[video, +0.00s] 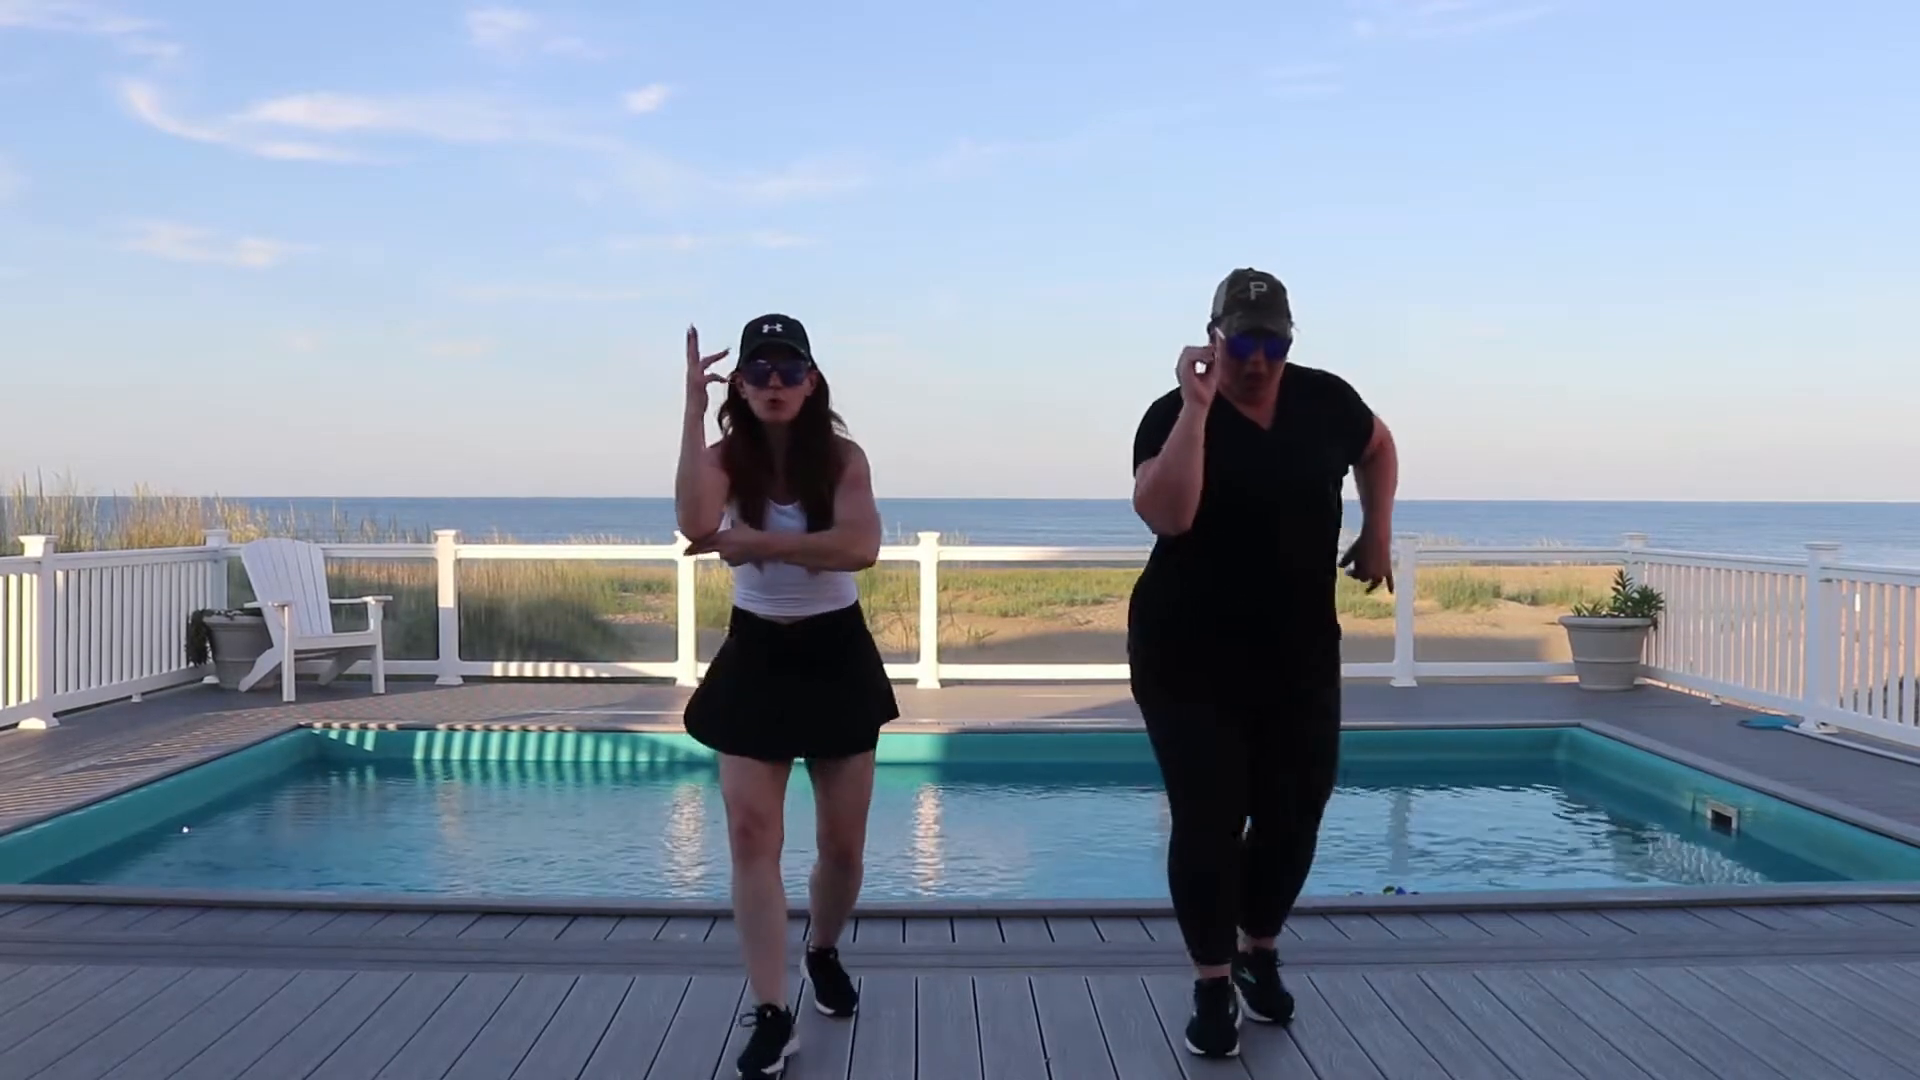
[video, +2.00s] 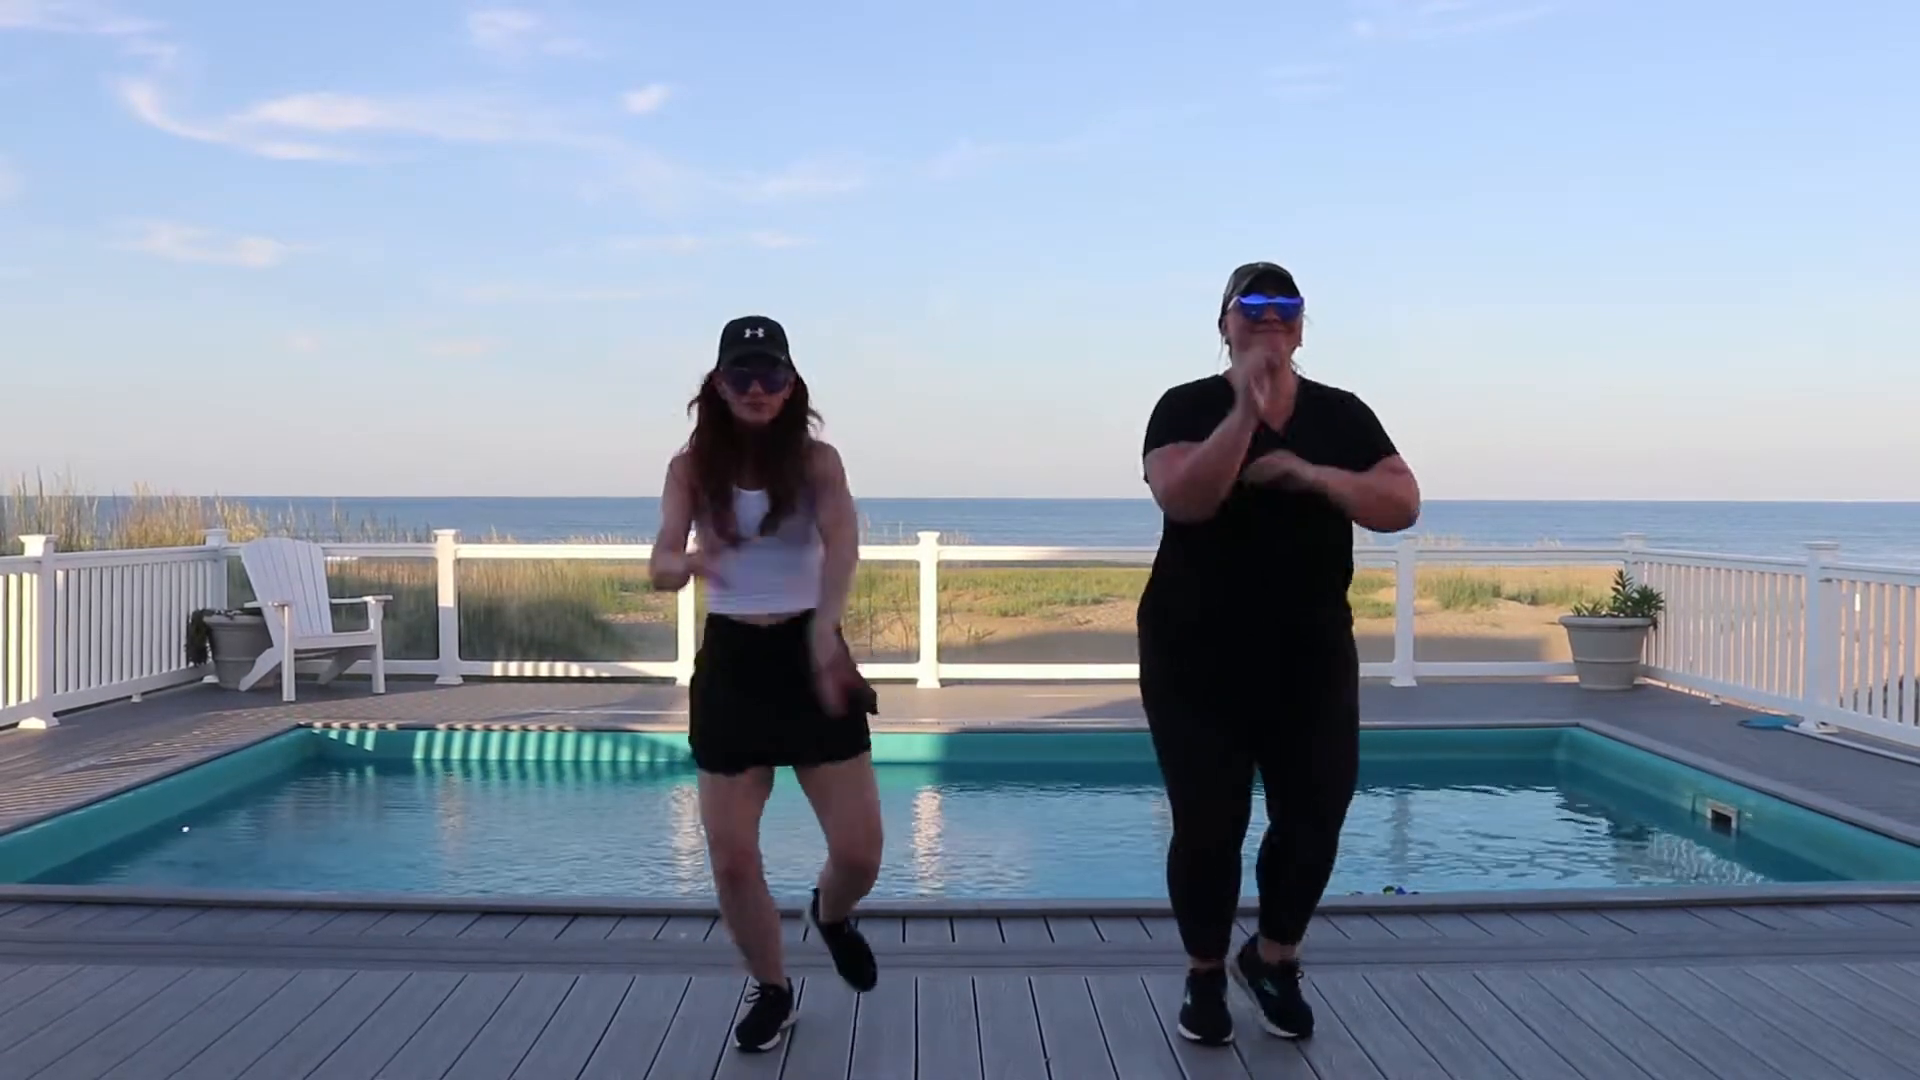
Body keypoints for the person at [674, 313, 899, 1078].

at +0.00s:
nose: (775, 383)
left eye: (789, 369)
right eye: (760, 370)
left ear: (812, 378)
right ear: (739, 383)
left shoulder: (840, 454)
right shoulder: (724, 454)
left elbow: (862, 545)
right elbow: (697, 524)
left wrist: (763, 546)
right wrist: (694, 411)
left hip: (840, 654)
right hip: (756, 655)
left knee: (843, 849)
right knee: (750, 835)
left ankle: (823, 950)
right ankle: (771, 1010)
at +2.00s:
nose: (757, 388)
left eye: (771, 375)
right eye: (742, 376)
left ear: (790, 381)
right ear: (718, 381)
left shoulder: (815, 457)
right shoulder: (692, 466)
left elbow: (842, 542)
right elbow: (662, 571)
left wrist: (827, 627)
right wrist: (687, 559)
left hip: (813, 648)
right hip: (732, 657)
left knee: (862, 853)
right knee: (732, 862)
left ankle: (829, 915)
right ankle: (771, 985)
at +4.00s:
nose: (783, 375)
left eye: (793, 363)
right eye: (766, 363)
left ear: (801, 370)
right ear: (731, 370)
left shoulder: (806, 445)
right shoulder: (695, 437)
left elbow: (867, 507)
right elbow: (673, 519)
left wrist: (887, 440)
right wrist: (781, 529)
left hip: (778, 653)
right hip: (693, 657)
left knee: (794, 838)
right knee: (703, 854)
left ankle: (781, 1014)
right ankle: (755, 982)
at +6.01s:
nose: (732, 388)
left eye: (747, 373)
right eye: (716, 374)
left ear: (768, 384)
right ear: (694, 382)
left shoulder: (767, 466)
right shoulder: (665, 440)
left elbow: (804, 543)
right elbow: (641, 523)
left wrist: (838, 443)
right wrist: (748, 538)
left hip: (721, 668)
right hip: (638, 664)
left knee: (720, 860)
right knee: (629, 871)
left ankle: (694, 1038)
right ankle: (644, 959)